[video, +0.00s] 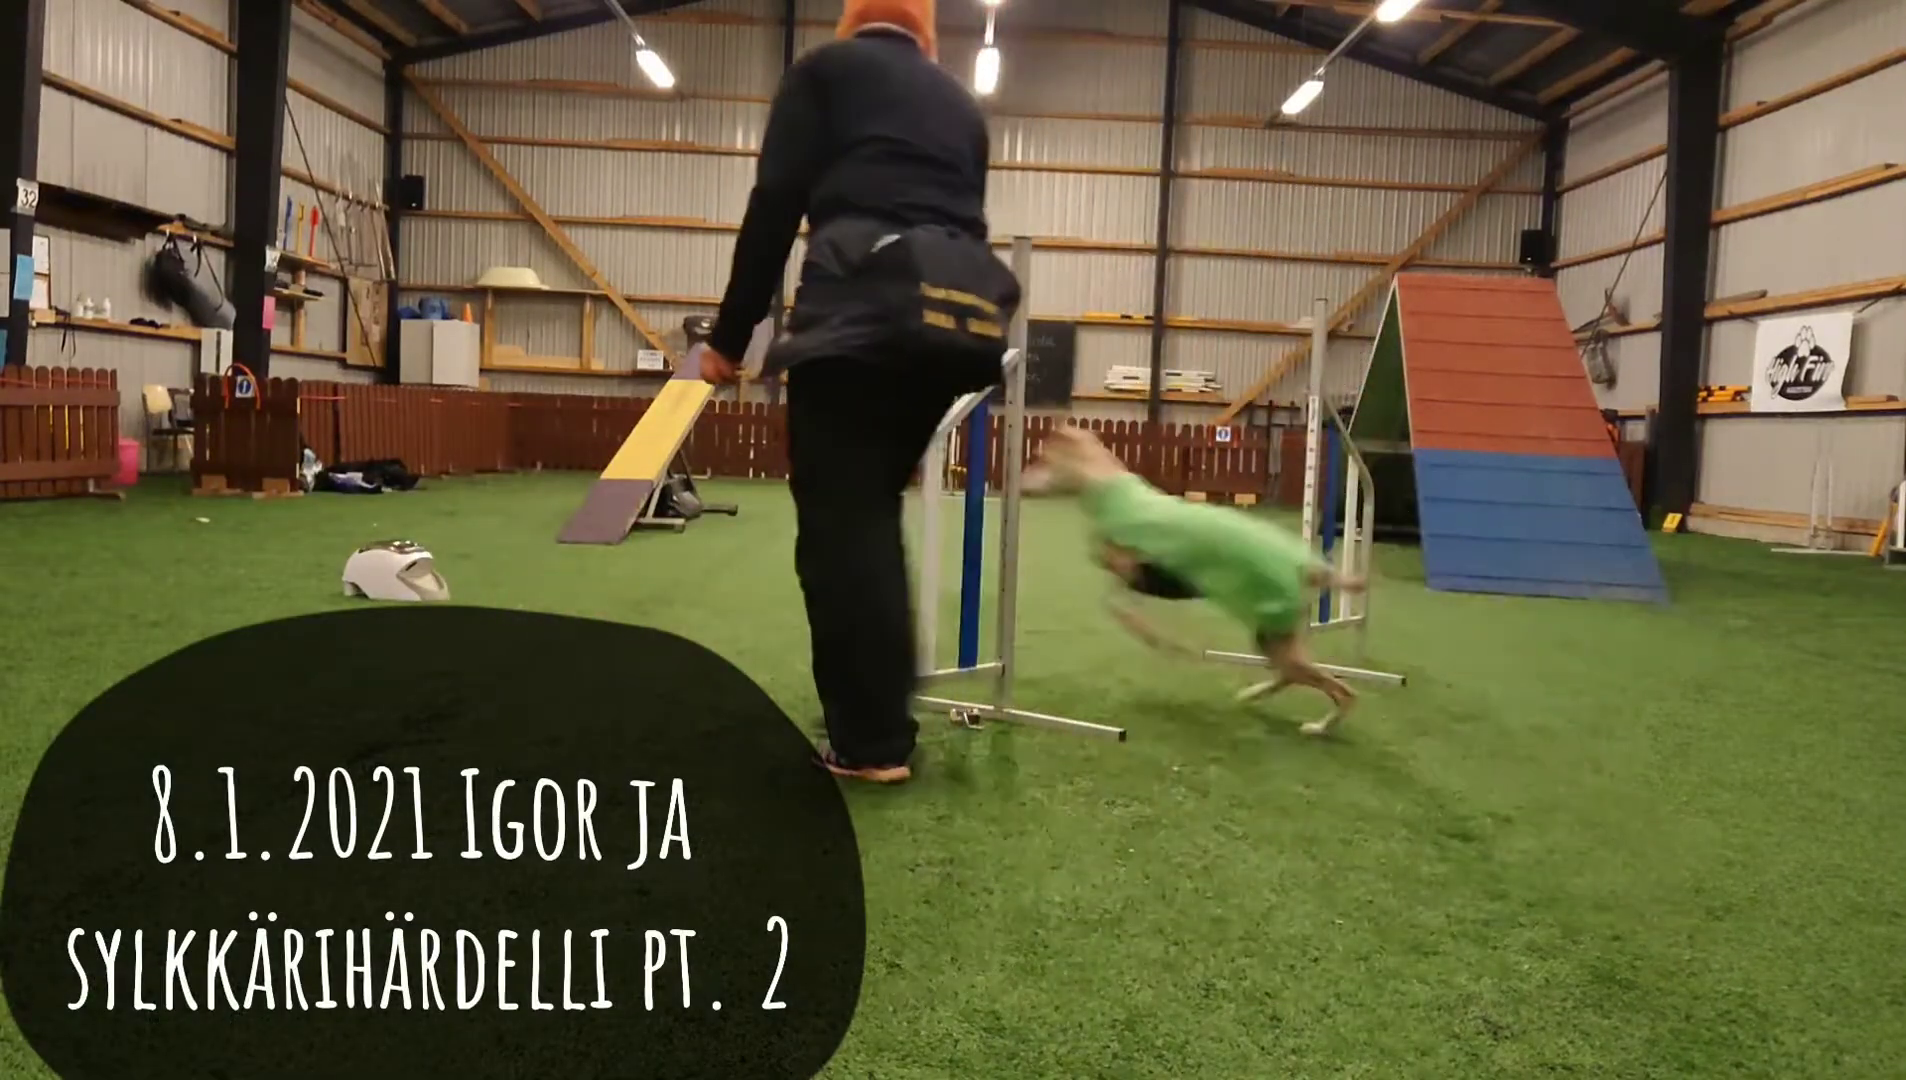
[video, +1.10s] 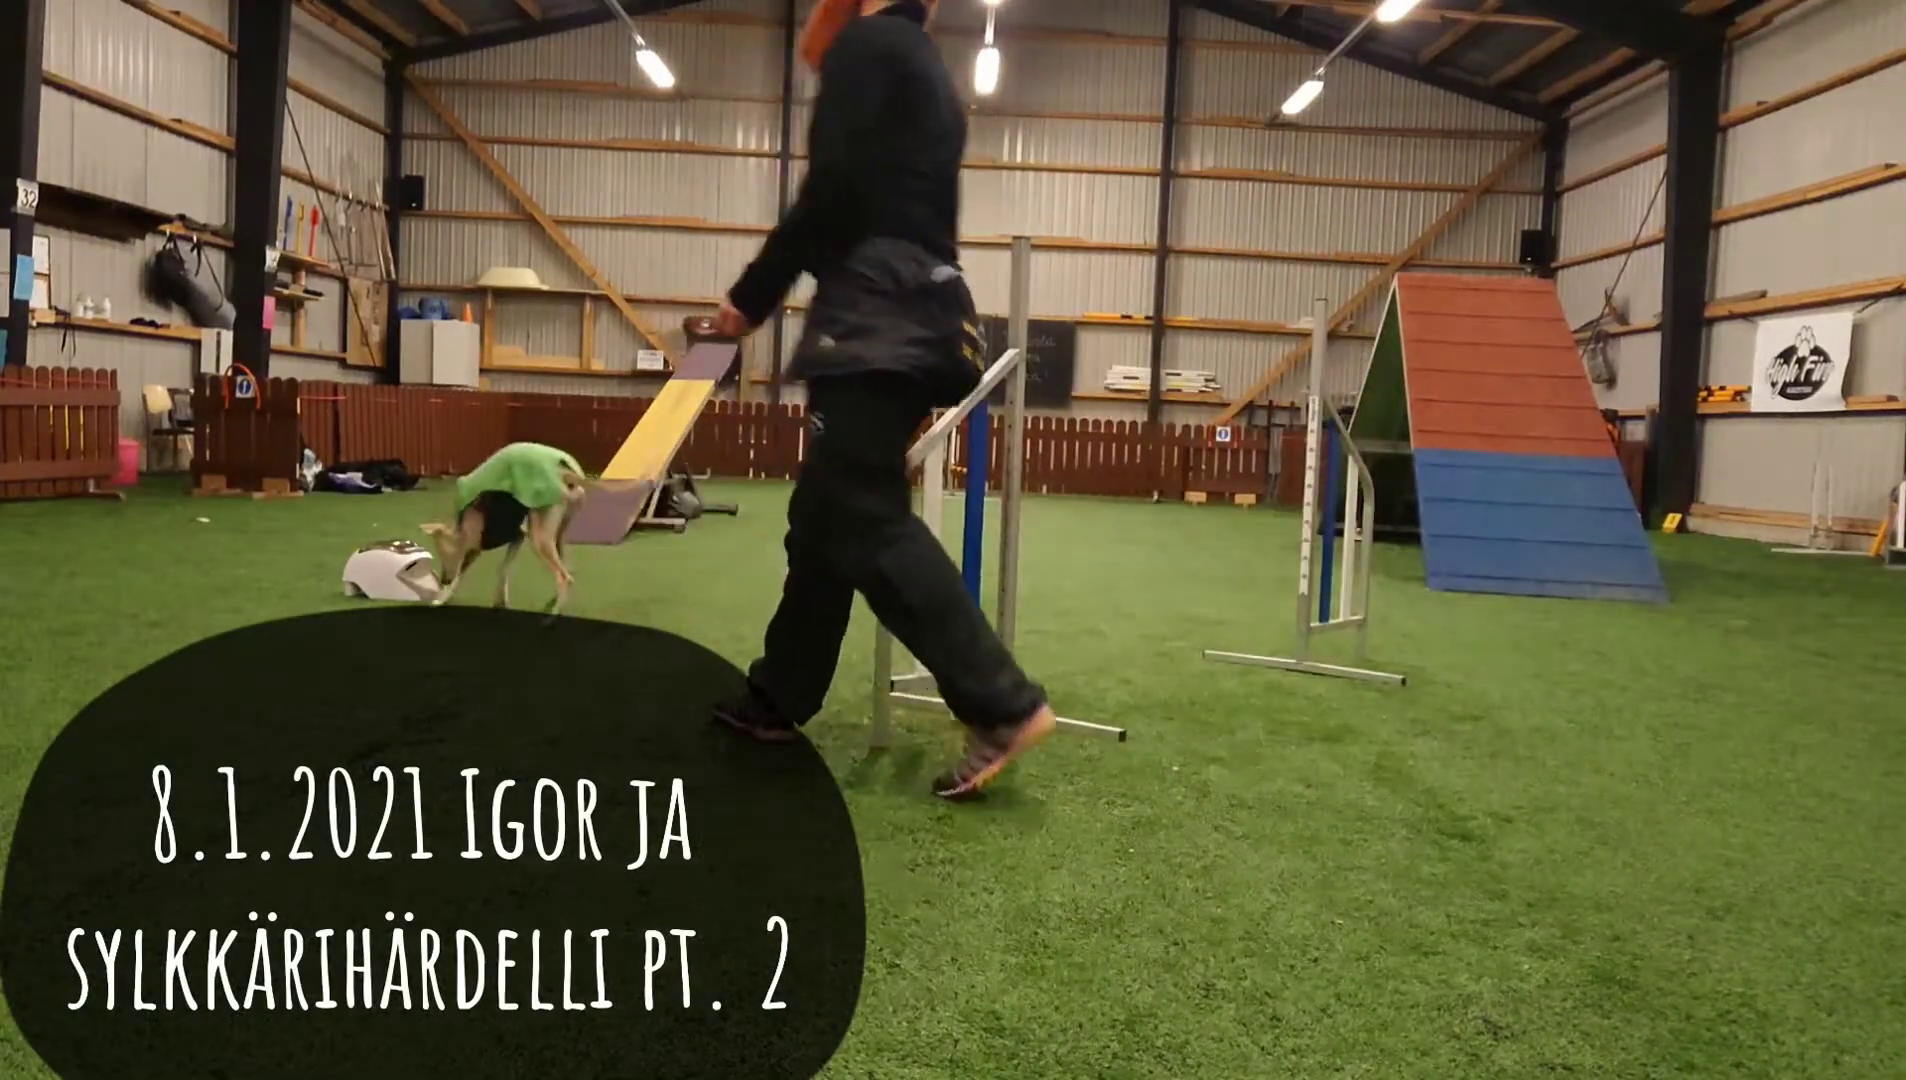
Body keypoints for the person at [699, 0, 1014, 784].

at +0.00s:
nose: (837, 31)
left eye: (839, 23)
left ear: (851, 25)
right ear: (925, 39)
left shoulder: (823, 68)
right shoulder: (962, 104)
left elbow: (775, 204)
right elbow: (963, 227)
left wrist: (729, 338)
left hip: (855, 315)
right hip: (963, 327)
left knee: (839, 522)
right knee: (870, 503)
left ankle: (873, 743)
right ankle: (884, 710)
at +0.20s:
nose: (797, 31)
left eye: (799, 22)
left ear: (812, 22)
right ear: (883, 37)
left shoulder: (790, 63)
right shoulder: (917, 106)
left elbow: (746, 188)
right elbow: (911, 234)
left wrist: (691, 314)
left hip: (813, 311)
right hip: (906, 324)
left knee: (814, 518)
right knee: (817, 515)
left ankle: (875, 731)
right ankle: (768, 685)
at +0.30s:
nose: (777, 28)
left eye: (779, 20)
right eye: (782, 23)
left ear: (795, 19)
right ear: (865, 36)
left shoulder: (776, 61)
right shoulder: (893, 108)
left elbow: (733, 181)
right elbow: (882, 232)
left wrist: (674, 301)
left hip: (800, 313)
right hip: (888, 323)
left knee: (792, 511)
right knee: (809, 510)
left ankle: (869, 718)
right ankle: (770, 692)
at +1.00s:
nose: (784, 16)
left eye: (790, 5)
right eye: (786, 10)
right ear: (880, 8)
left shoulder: (822, 44)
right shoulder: (899, 72)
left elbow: (791, 180)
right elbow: (887, 212)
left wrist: (724, 293)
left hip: (843, 310)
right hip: (893, 313)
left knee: (841, 510)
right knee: (824, 515)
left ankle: (972, 679)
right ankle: (780, 696)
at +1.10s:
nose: (811, 18)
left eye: (819, 5)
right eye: (814, 9)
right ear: (901, 2)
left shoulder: (868, 44)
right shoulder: (921, 61)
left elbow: (831, 194)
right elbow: (906, 214)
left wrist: (748, 299)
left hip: (875, 324)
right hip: (911, 327)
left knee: (861, 516)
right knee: (822, 522)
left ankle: (1005, 706)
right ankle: (776, 703)